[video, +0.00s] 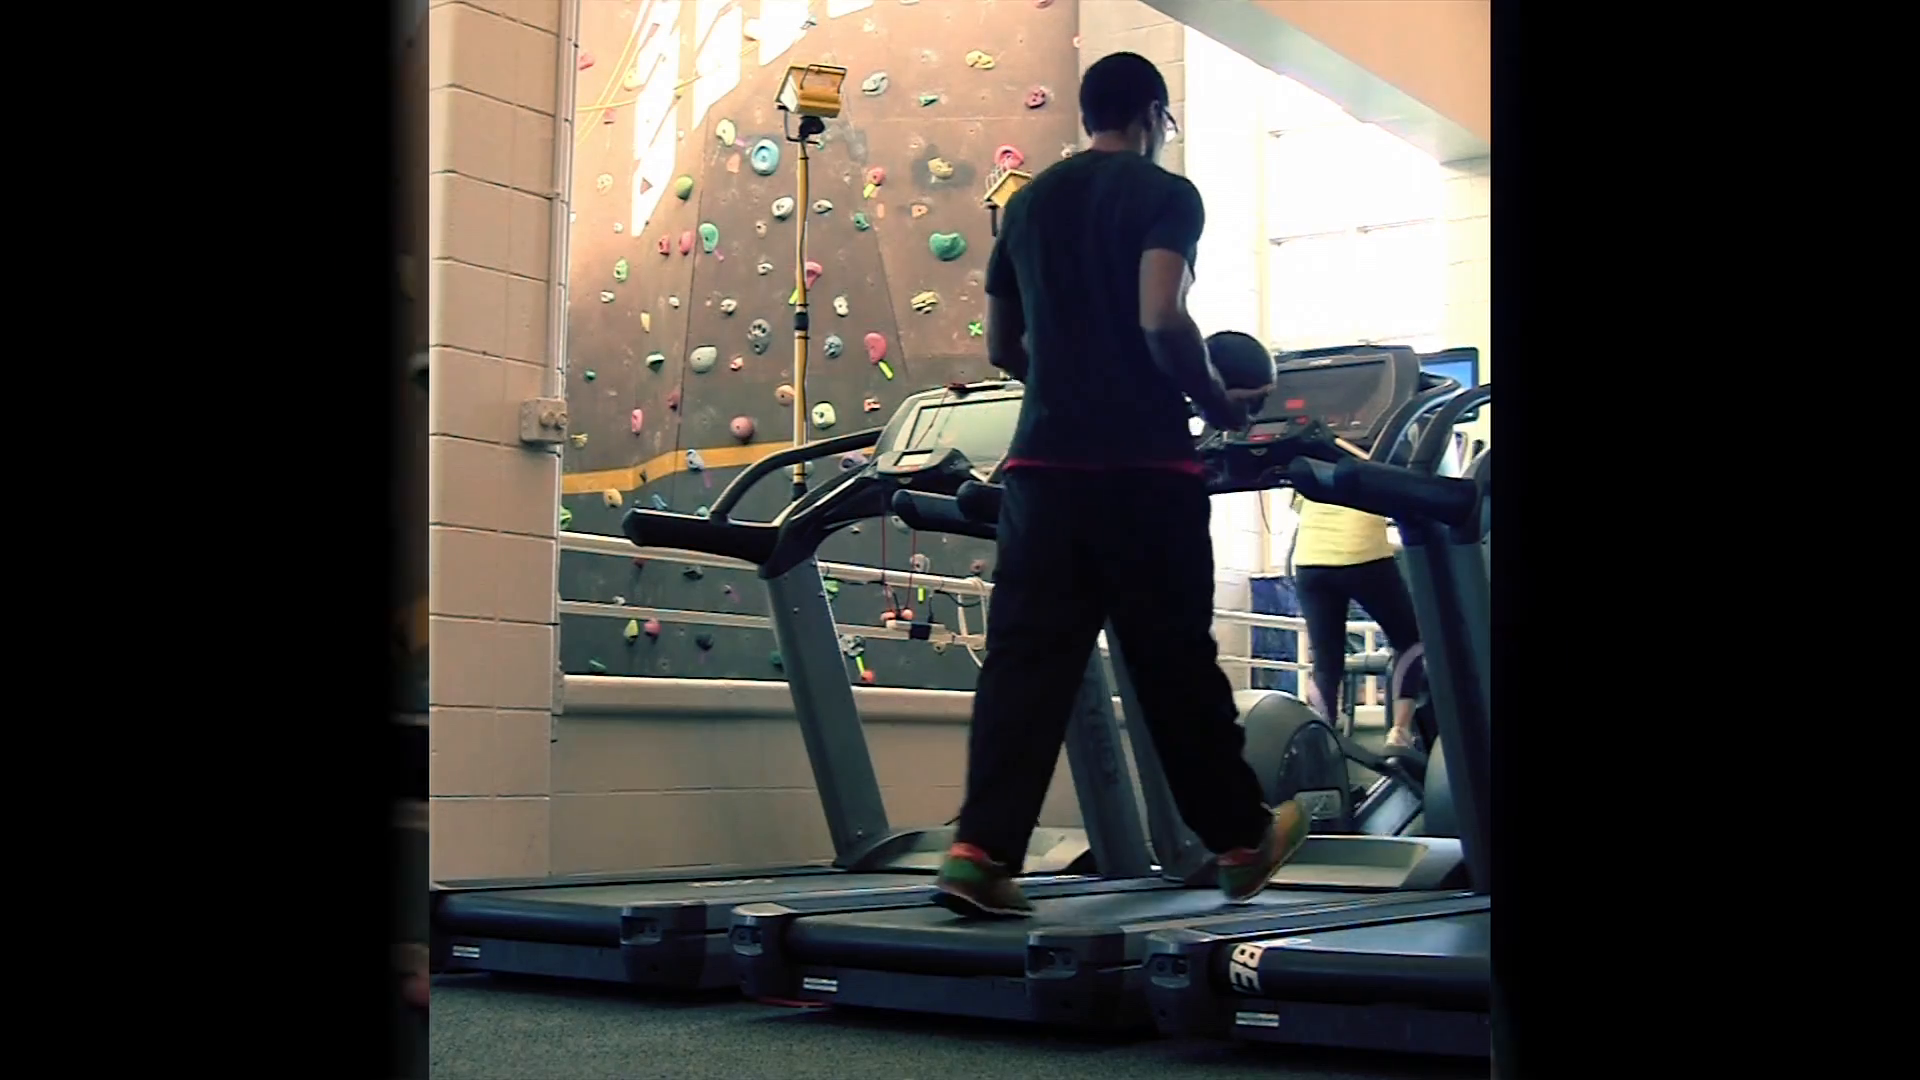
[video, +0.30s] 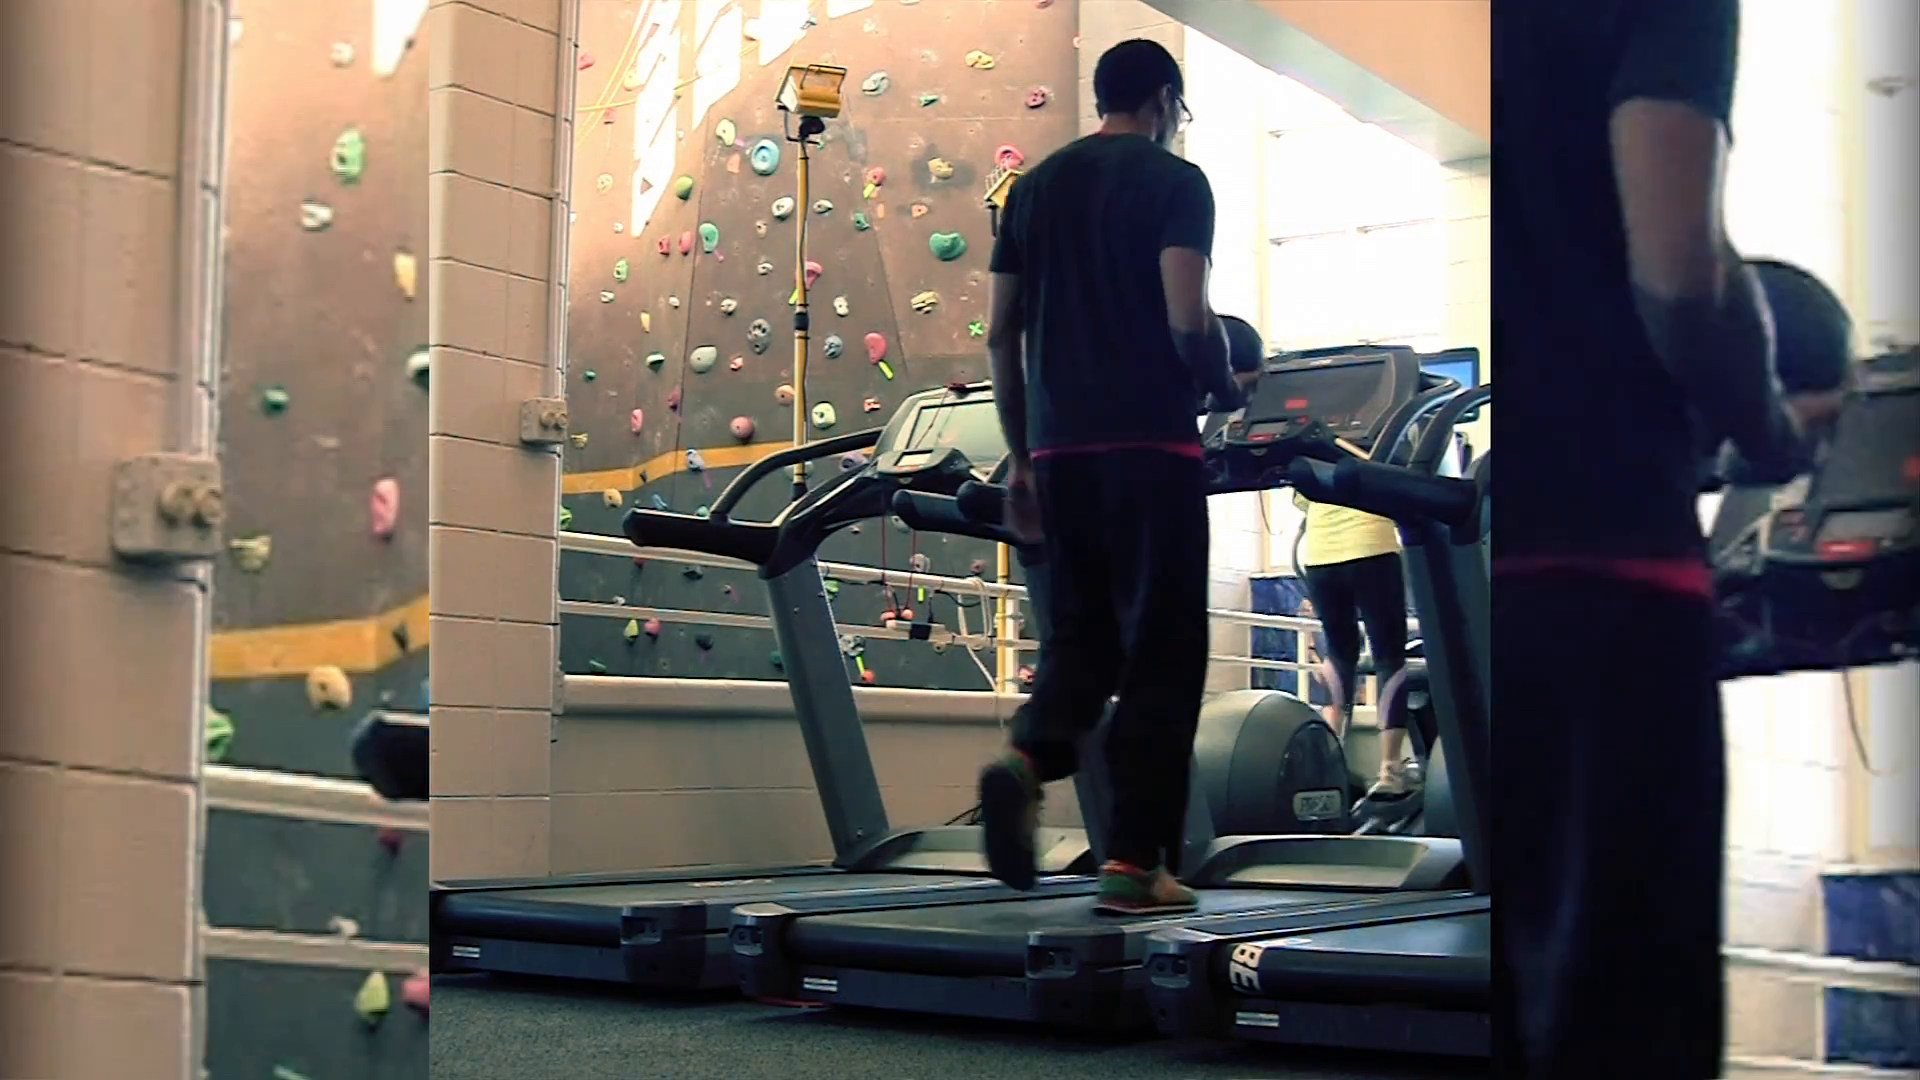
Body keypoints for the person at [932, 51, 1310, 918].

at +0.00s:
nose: (1169, 133)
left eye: (1164, 123)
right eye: (1168, 122)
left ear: (1085, 118)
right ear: (1154, 117)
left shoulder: (1023, 202)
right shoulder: (1166, 192)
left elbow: (1005, 347)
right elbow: (1160, 319)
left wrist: (1078, 382)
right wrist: (1218, 400)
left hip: (1043, 475)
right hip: (1146, 475)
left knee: (1022, 661)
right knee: (1175, 659)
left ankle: (980, 852)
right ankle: (1241, 841)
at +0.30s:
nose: (1180, 124)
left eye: (1179, 112)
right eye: (1179, 111)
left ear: (1096, 102)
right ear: (1163, 103)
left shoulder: (1030, 186)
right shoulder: (1174, 179)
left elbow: (1002, 337)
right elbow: (1188, 321)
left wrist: (1021, 452)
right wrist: (1222, 386)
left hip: (1057, 459)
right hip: (1150, 455)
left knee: (1081, 644)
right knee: (1166, 654)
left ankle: (1022, 762)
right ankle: (1131, 862)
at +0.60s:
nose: (1158, 150)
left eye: (1155, 138)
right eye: (1155, 137)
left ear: (1076, 132)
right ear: (1133, 125)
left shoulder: (1018, 212)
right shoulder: (1155, 195)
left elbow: (963, 337)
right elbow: (1213, 326)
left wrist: (936, 470)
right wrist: (1280, 380)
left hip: (1046, 467)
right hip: (1127, 459)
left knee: (1099, 658)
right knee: (1077, 656)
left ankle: (1126, 852)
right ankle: (994, 846)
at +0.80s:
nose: (1176, 139)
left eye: (1178, 127)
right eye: (1170, 123)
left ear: (1102, 114)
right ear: (1128, 106)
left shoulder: (1025, 197)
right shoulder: (1142, 158)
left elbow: (945, 302)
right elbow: (1187, 230)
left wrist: (968, 414)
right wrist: (1293, 302)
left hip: (1031, 447)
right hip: (1121, 438)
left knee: (1037, 641)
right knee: (1157, 625)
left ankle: (1042, 856)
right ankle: (1046, 776)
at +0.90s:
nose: (1204, 138)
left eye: (1206, 124)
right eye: (1196, 120)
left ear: (1127, 116)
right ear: (1148, 110)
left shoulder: (1045, 198)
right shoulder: (1155, 162)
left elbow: (958, 278)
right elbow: (1130, 219)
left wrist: (974, 370)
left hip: (1035, 456)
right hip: (1131, 451)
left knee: (1018, 648)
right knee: (1185, 627)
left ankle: (985, 856)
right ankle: (1128, 825)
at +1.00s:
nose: (1234, 150)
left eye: (1237, 138)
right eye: (1220, 132)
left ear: (1169, 142)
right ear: (1167, 131)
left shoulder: (1101, 205)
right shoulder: (1170, 189)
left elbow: (978, 270)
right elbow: (1079, 235)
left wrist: (964, 366)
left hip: (1052, 475)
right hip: (1133, 474)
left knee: (1029, 654)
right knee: (1204, 647)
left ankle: (942, 848)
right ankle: (1189, 853)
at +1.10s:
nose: (1256, 158)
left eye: (1259, 146)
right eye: (1240, 140)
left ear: (1185, 156)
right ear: (1188, 145)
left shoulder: (1130, 218)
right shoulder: (1178, 205)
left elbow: (992, 275)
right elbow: (1058, 261)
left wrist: (956, 389)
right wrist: (1011, 385)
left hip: (1079, 483)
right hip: (1137, 482)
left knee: (1096, 680)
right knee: (1217, 663)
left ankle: (947, 774)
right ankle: (1138, 859)